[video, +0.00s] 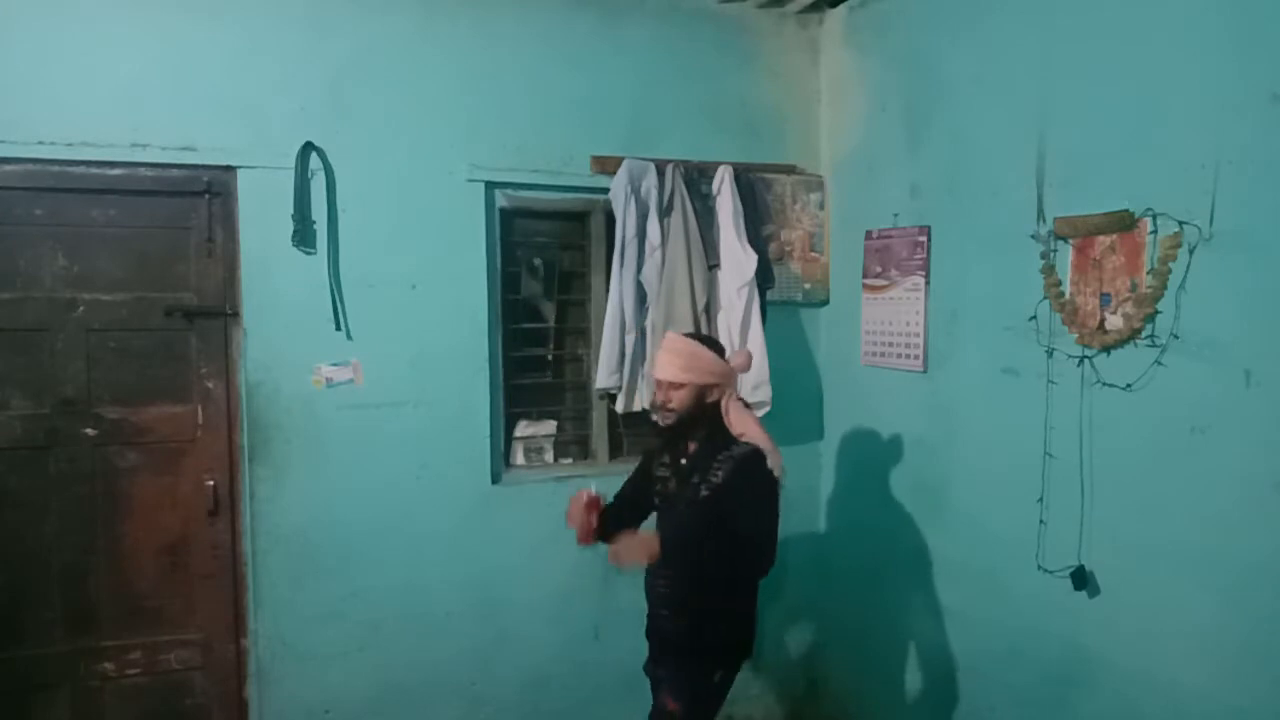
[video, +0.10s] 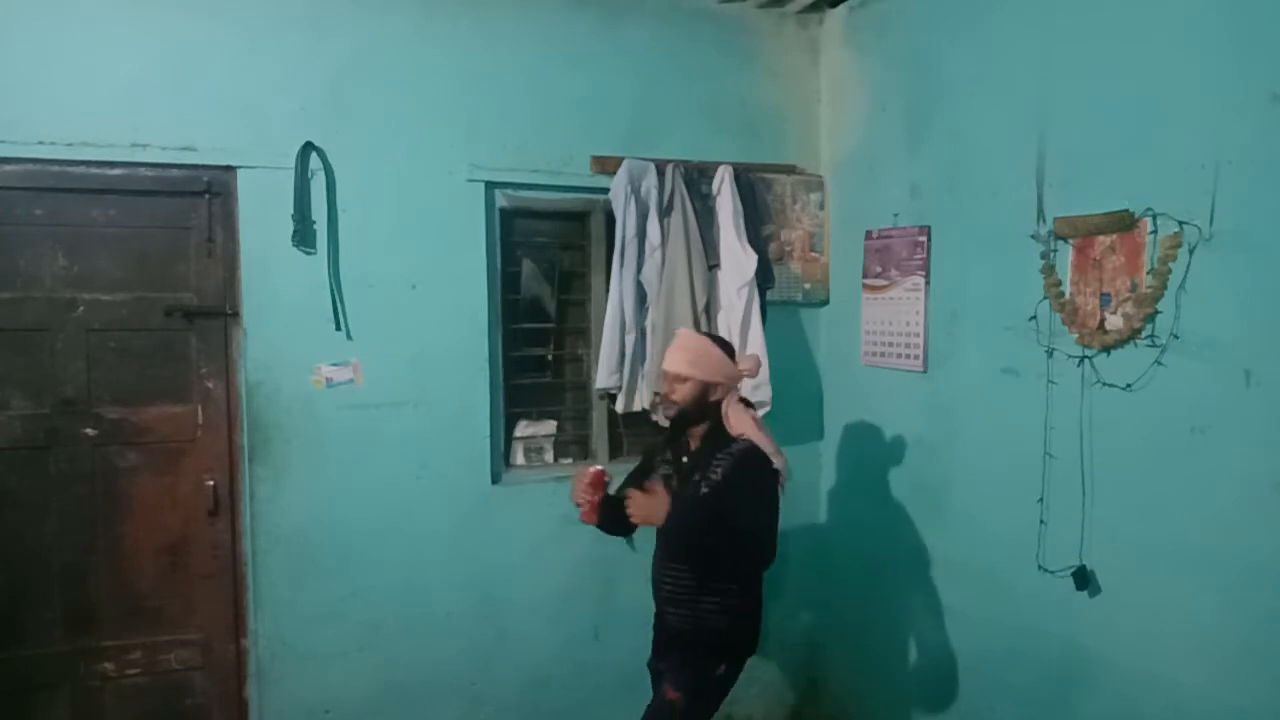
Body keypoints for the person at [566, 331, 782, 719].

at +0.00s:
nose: (662, 398)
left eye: (676, 388)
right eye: (658, 386)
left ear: (711, 391)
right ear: (651, 383)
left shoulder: (748, 460)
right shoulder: (667, 448)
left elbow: (754, 556)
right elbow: (626, 512)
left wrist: (662, 547)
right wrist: (597, 522)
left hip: (715, 633)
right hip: (665, 626)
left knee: (682, 710)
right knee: (666, 707)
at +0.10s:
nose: (667, 391)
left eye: (681, 381)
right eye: (667, 379)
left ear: (715, 389)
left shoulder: (748, 460)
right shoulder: (669, 447)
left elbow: (754, 552)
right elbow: (626, 517)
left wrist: (670, 515)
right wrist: (597, 505)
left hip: (721, 631)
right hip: (671, 622)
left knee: (667, 710)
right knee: (669, 708)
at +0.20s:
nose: (671, 380)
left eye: (685, 372)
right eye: (673, 368)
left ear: (718, 387)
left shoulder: (749, 467)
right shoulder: (668, 453)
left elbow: (749, 573)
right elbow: (645, 531)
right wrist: (613, 537)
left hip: (718, 631)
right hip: (666, 622)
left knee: (689, 711)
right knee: (662, 710)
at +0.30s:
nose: (687, 384)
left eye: (702, 377)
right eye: (690, 373)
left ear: (733, 396)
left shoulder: (753, 478)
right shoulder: (669, 463)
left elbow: (742, 589)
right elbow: (617, 538)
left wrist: (741, 691)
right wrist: (595, 517)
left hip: (709, 646)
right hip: (653, 639)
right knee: (653, 707)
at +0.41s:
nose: (692, 391)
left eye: (707, 384)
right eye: (695, 381)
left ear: (738, 404)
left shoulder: (759, 495)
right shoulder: (665, 466)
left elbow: (771, 607)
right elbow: (586, 484)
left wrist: (763, 698)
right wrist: (582, 431)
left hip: (692, 656)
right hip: (638, 643)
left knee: (645, 711)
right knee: (641, 711)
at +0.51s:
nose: (691, 390)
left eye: (707, 385)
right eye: (695, 381)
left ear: (737, 408)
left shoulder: (752, 497)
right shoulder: (656, 464)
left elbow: (775, 604)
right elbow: (584, 434)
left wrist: (780, 696)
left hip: (684, 661)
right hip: (631, 649)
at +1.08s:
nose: (638, 375)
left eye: (654, 370)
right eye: (645, 366)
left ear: (683, 393)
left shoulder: (709, 482)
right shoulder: (629, 445)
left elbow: (728, 597)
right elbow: (556, 420)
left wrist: (733, 697)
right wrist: (565, 356)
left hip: (658, 650)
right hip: (617, 639)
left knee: (591, 710)